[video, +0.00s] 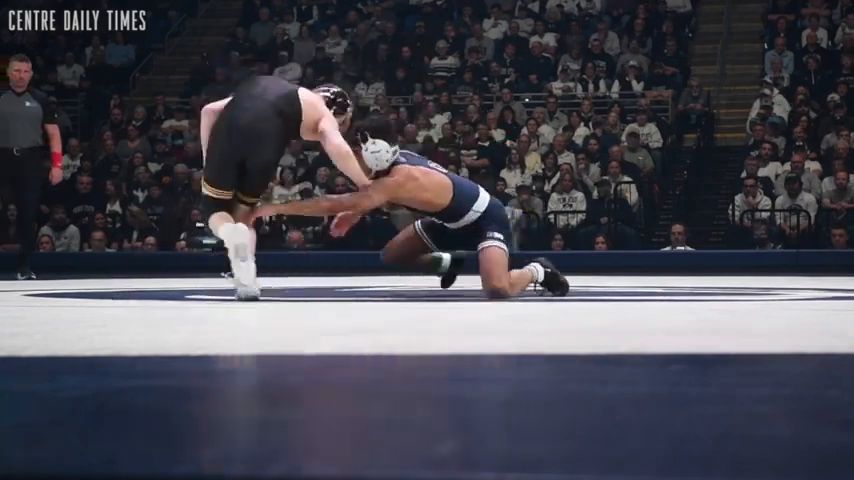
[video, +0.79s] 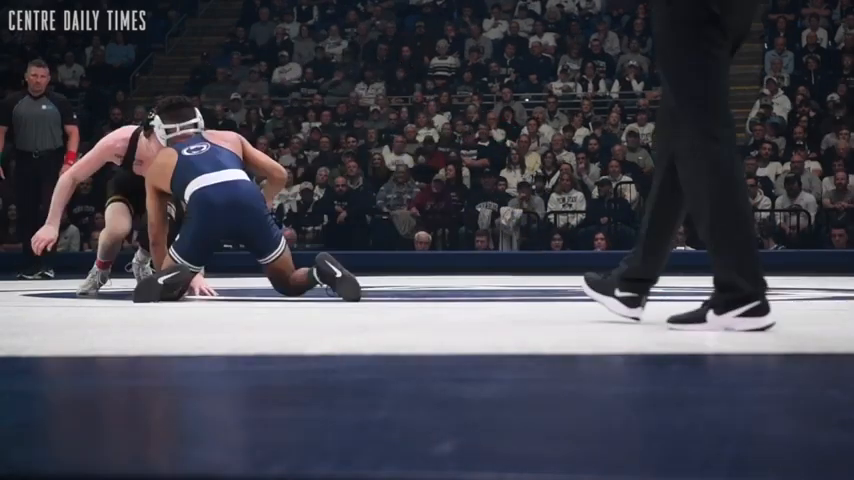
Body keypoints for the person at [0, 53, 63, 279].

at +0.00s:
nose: (20, 76)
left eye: (25, 72)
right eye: (16, 71)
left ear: (31, 74)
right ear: (8, 73)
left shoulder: (42, 100)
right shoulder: (3, 98)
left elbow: (53, 133)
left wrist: (57, 164)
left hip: (30, 161)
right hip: (5, 160)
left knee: (27, 212)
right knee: (4, 211)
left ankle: (25, 265)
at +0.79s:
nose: (38, 80)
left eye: (43, 76)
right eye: (34, 76)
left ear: (49, 78)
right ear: (26, 78)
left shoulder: (60, 102)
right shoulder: (13, 102)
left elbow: (73, 133)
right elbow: (2, 132)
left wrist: (69, 161)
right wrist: (0, 160)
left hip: (51, 162)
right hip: (22, 163)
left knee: (48, 210)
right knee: (25, 211)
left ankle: (47, 263)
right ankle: (30, 263)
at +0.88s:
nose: (42, 80)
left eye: (46, 76)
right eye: (37, 75)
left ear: (52, 78)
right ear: (30, 77)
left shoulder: (64, 102)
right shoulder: (16, 102)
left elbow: (76, 132)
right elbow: (4, 131)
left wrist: (72, 161)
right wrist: (2, 160)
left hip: (56, 162)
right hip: (27, 163)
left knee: (60, 210)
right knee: (28, 212)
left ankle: (62, 260)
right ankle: (32, 262)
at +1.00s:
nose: (51, 81)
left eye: (56, 77)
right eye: (48, 77)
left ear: (61, 80)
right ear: (40, 78)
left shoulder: (72, 104)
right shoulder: (25, 102)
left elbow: (85, 134)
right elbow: (10, 132)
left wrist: (82, 162)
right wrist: (5, 161)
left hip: (65, 164)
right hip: (35, 164)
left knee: (79, 211)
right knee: (32, 214)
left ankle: (93, 261)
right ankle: (33, 266)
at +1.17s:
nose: (69, 85)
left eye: (73, 81)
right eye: (65, 80)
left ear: (79, 83)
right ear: (58, 81)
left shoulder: (88, 107)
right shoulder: (43, 104)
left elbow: (99, 137)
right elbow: (27, 132)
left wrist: (96, 164)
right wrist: (23, 162)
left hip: (80, 166)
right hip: (49, 166)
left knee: (96, 210)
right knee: (39, 212)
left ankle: (102, 261)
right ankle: (34, 264)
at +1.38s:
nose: (92, 87)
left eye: (96, 83)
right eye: (88, 82)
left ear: (102, 86)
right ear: (81, 84)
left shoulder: (107, 110)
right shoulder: (67, 105)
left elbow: (116, 140)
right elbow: (51, 134)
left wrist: (119, 167)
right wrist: (56, 163)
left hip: (101, 168)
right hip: (73, 167)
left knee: (109, 215)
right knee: (59, 215)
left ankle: (108, 264)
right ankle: (41, 264)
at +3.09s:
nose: (115, 86)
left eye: (118, 82)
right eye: (111, 82)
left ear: (122, 85)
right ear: (101, 83)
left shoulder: (122, 109)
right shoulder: (91, 104)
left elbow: (126, 138)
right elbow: (75, 132)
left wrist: (129, 163)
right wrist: (80, 162)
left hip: (115, 167)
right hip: (93, 166)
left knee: (125, 213)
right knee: (74, 214)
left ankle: (126, 264)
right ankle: (55, 264)